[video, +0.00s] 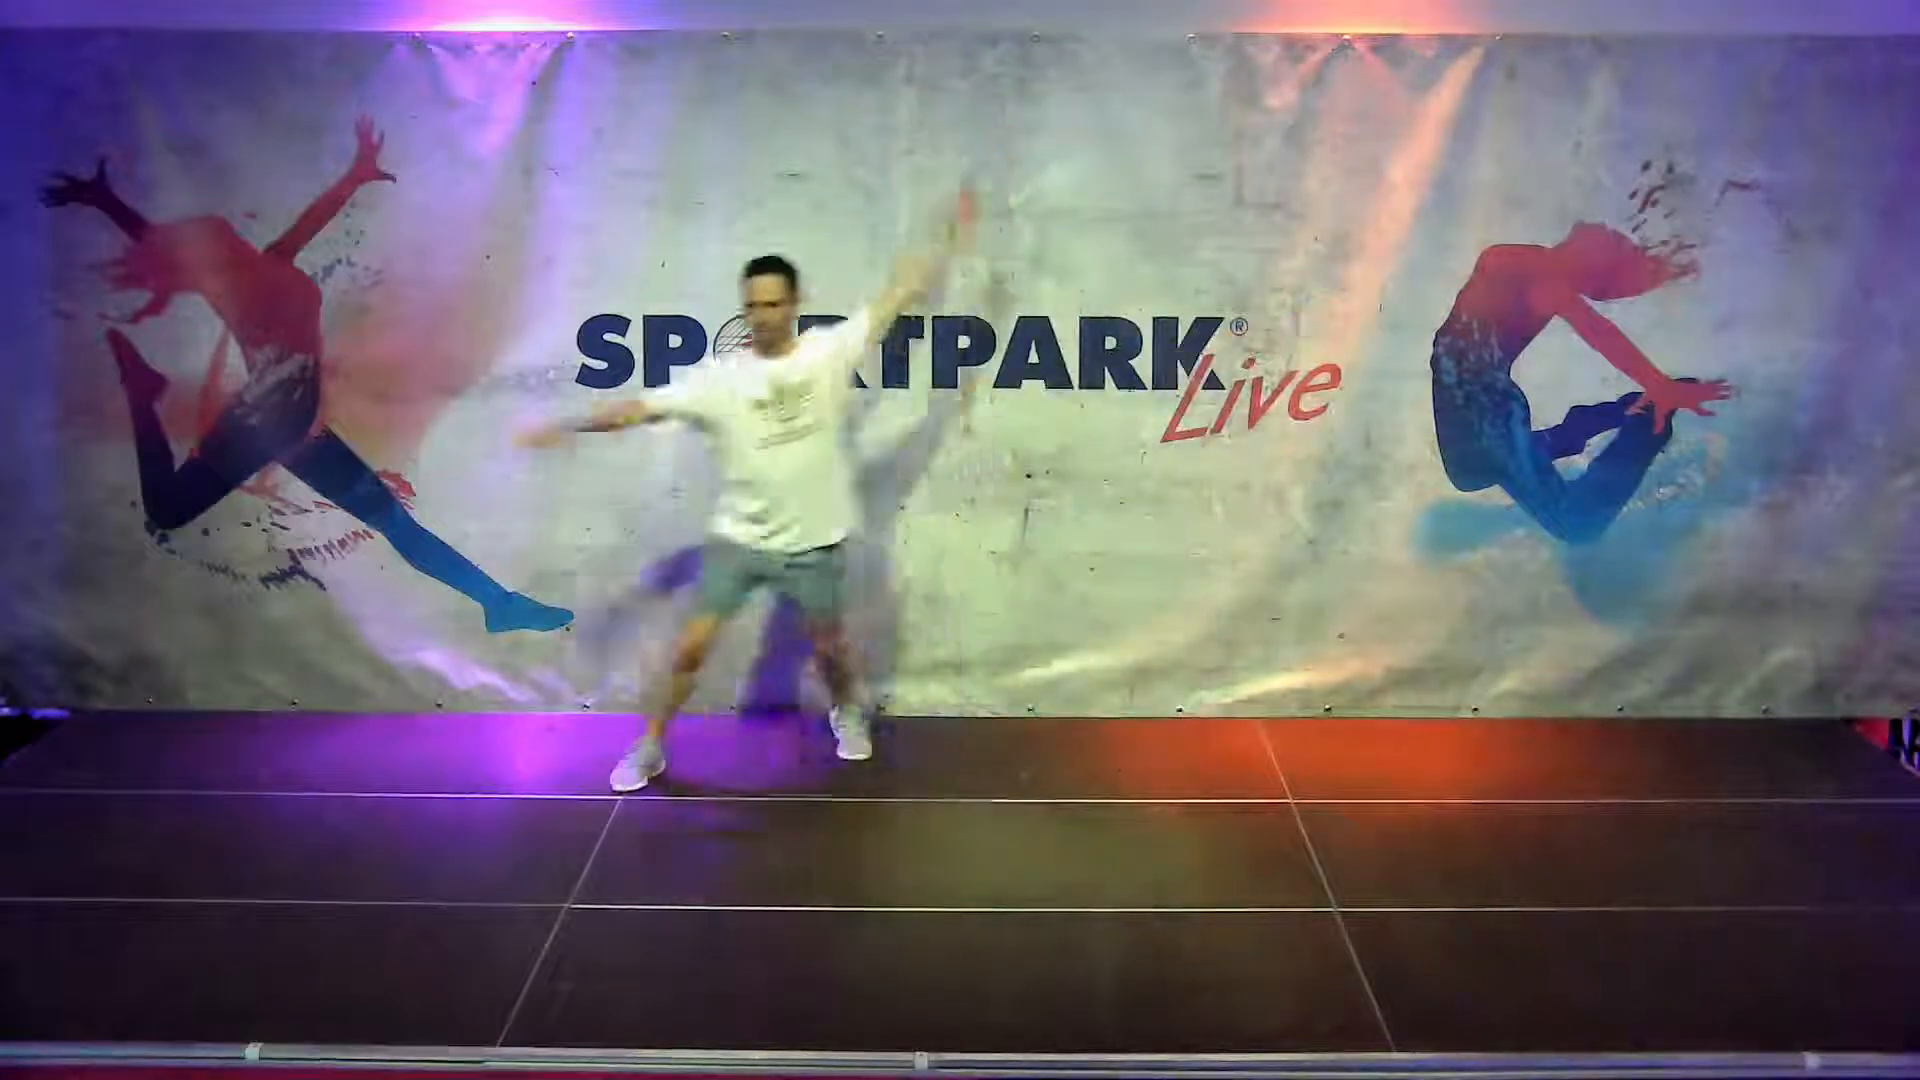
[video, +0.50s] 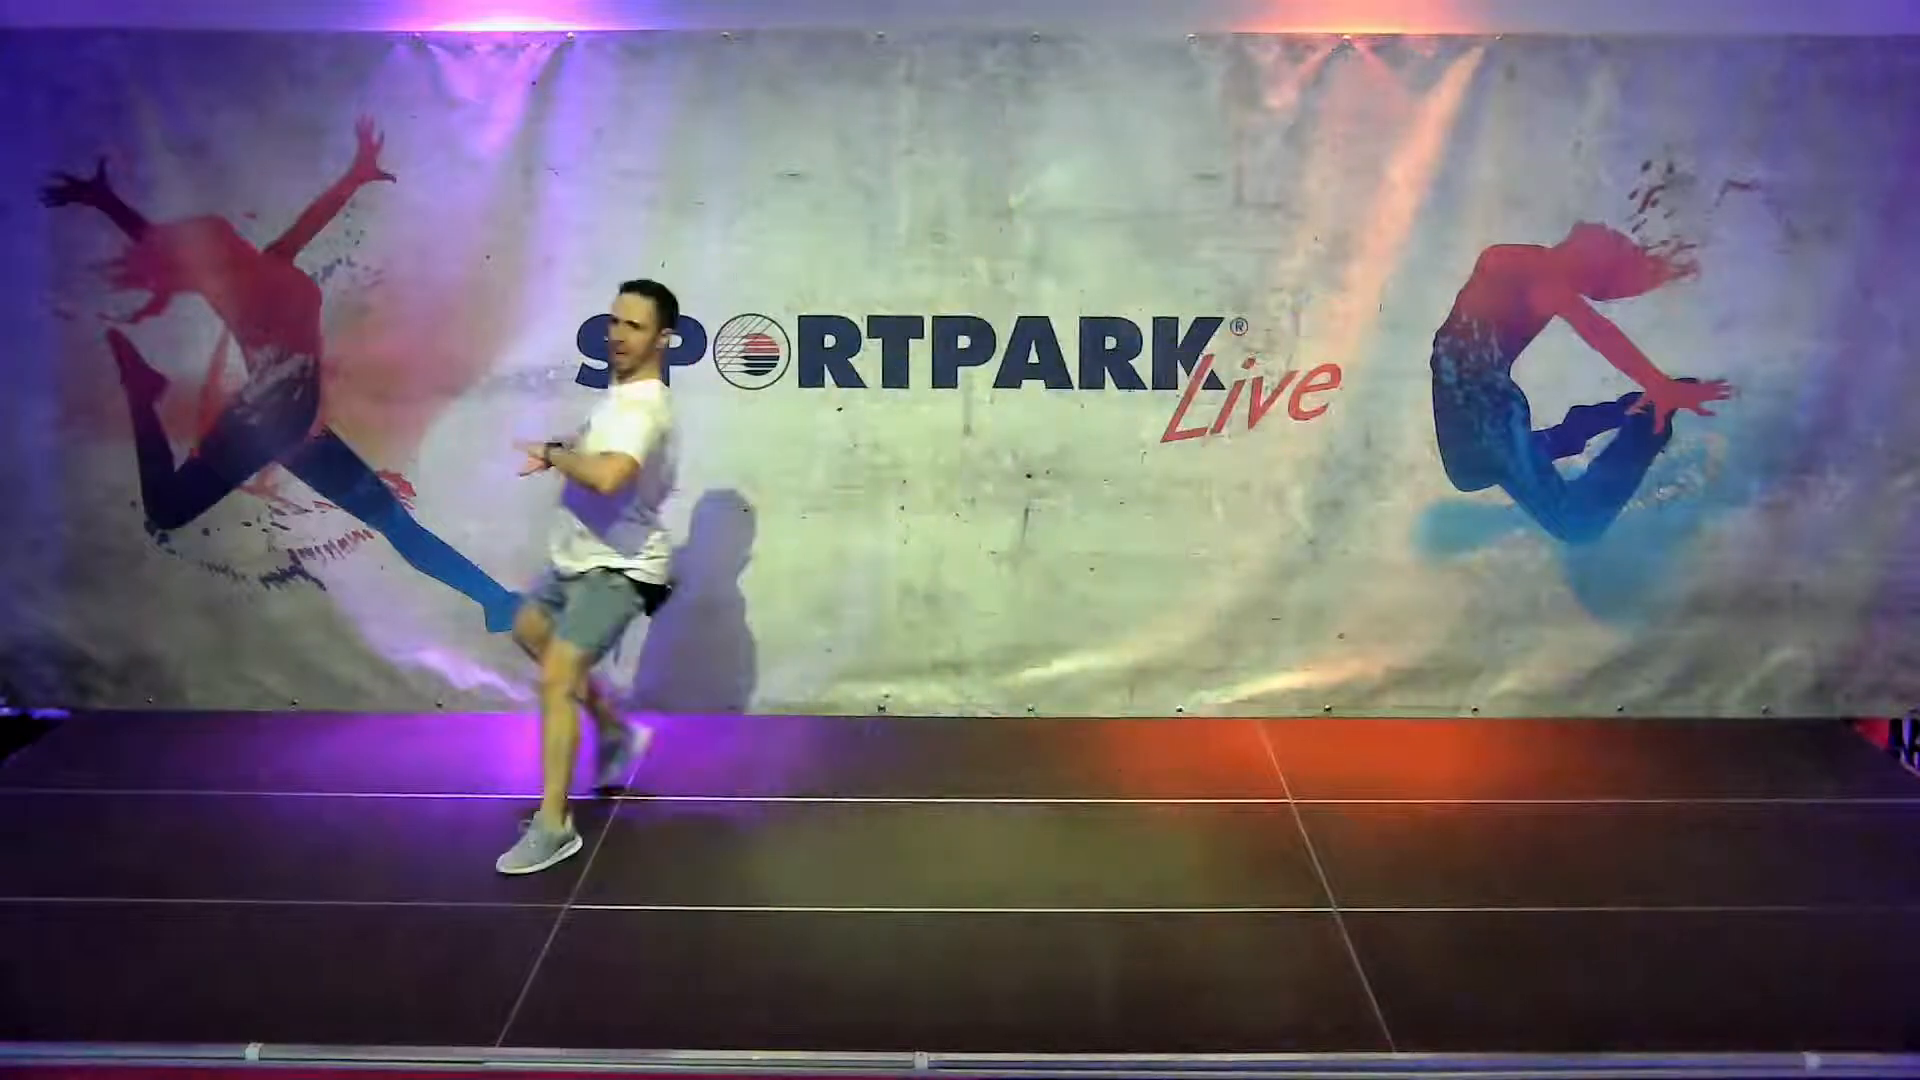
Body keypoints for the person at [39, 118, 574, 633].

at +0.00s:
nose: (182, 280)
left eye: (179, 262)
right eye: (177, 263)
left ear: (203, 254)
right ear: (193, 257)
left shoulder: (267, 267)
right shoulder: (230, 274)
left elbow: (309, 222)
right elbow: (153, 241)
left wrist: (357, 175)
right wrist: (99, 196)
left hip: (297, 426)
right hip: (262, 421)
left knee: (386, 513)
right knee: (166, 511)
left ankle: (500, 602)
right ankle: (141, 392)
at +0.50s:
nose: (219, 245)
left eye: (214, 237)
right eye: (206, 245)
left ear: (224, 240)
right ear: (198, 261)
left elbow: (313, 218)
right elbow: (157, 246)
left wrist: (358, 174)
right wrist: (100, 197)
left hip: (299, 427)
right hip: (257, 426)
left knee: (395, 521)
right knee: (166, 508)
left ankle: (508, 609)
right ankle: (141, 393)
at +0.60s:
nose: (171, 288)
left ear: (210, 249)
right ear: (210, 247)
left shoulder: (268, 266)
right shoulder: (233, 279)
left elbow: (312, 219)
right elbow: (156, 244)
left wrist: (359, 173)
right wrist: (102, 198)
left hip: (294, 425)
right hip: (262, 423)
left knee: (389, 515)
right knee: (167, 513)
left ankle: (497, 598)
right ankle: (140, 393)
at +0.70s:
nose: (176, 292)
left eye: (177, 274)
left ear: (213, 250)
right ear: (214, 247)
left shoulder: (268, 265)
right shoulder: (237, 280)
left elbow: (311, 220)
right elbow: (158, 247)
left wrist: (358, 174)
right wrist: (104, 199)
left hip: (296, 425)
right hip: (263, 423)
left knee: (391, 517)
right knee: (167, 513)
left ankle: (497, 598)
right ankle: (141, 395)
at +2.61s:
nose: (178, 295)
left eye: (178, 274)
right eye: (169, 281)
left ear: (199, 254)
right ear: (208, 245)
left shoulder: (257, 272)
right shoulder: (252, 278)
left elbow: (305, 223)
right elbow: (159, 242)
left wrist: (356, 175)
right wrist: (103, 199)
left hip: (297, 426)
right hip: (265, 422)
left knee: (390, 516)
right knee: (167, 511)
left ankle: (500, 602)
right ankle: (140, 392)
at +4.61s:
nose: (181, 287)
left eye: (180, 267)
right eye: (177, 269)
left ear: (205, 253)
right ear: (204, 249)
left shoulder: (262, 270)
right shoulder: (237, 280)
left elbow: (307, 223)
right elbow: (159, 245)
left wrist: (358, 175)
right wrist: (105, 202)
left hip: (300, 428)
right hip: (262, 422)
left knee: (390, 516)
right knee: (166, 512)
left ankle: (499, 602)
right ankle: (141, 398)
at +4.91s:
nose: (187, 283)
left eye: (186, 263)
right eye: (183, 264)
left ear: (207, 254)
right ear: (205, 250)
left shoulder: (264, 270)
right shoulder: (233, 277)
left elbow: (307, 223)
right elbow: (158, 244)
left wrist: (358, 175)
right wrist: (104, 200)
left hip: (297, 426)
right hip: (265, 418)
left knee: (389, 515)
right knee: (166, 510)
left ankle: (500, 602)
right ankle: (141, 397)